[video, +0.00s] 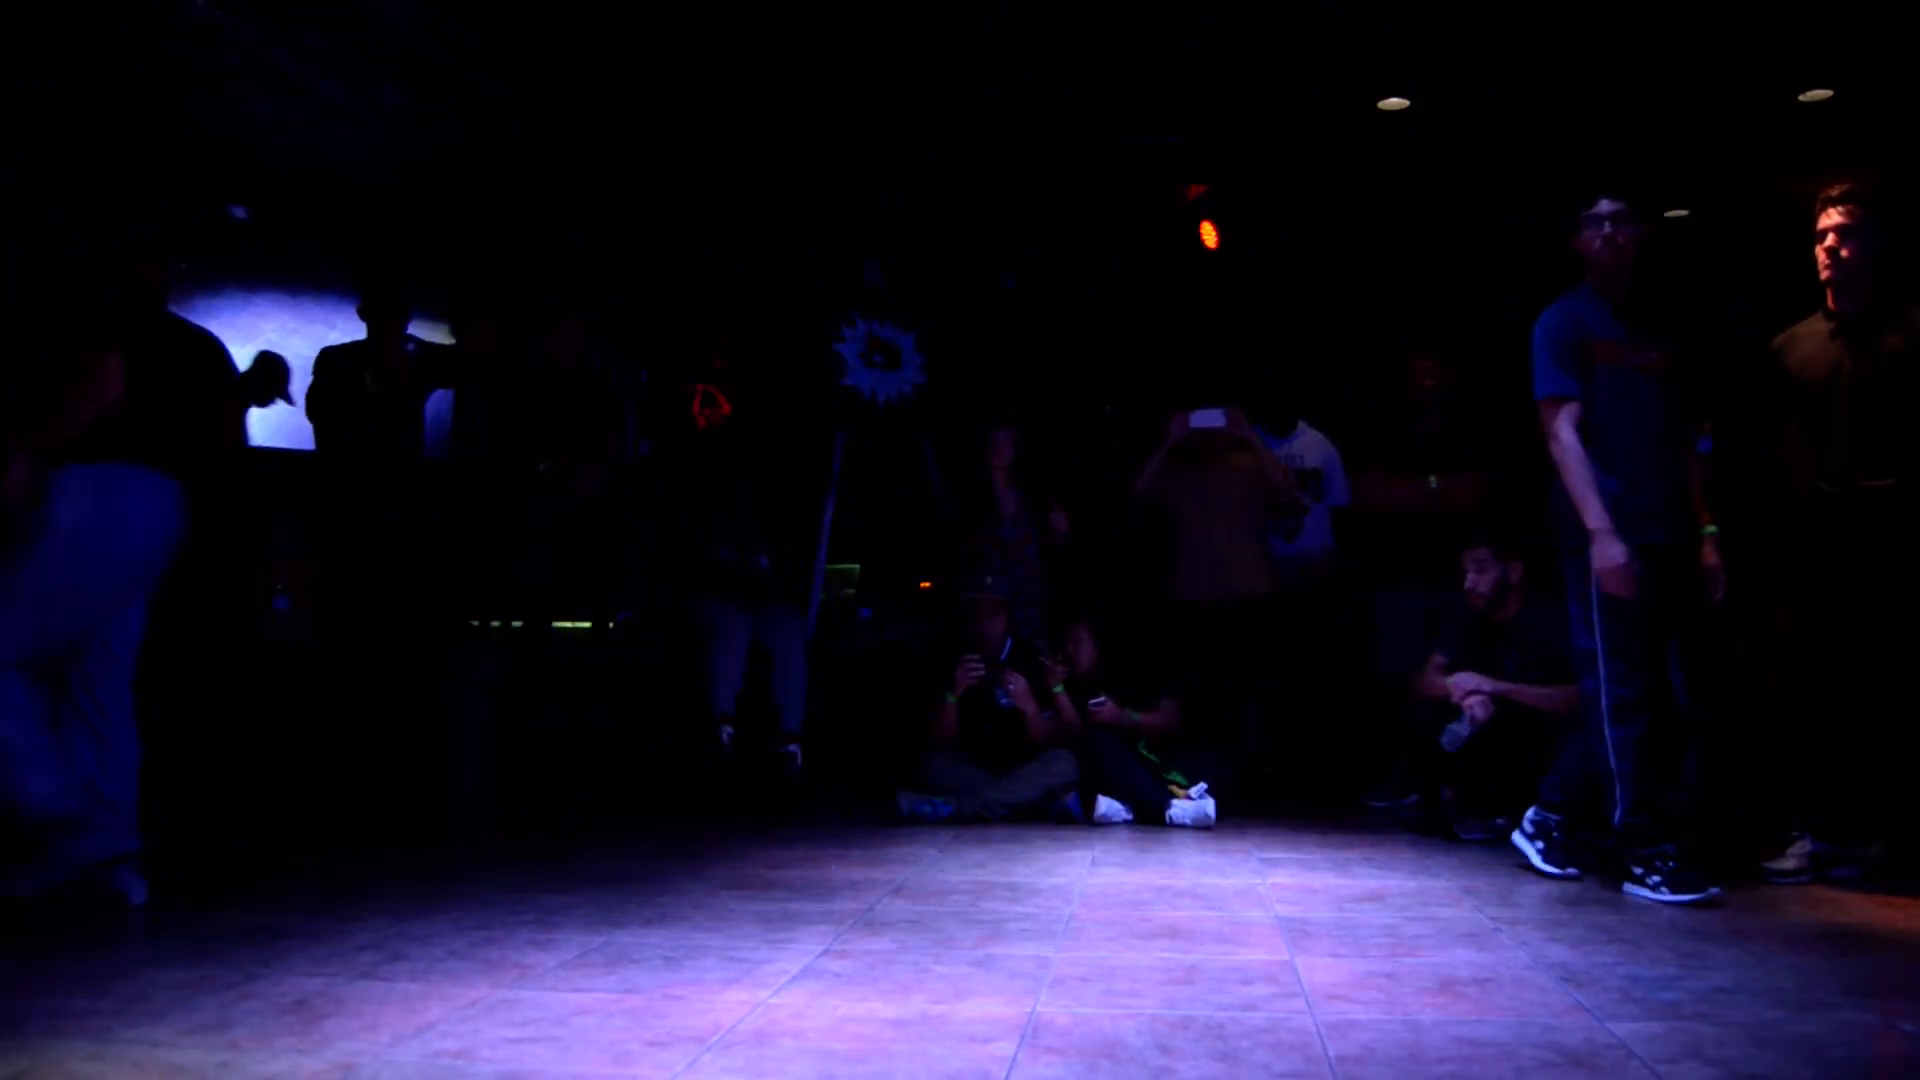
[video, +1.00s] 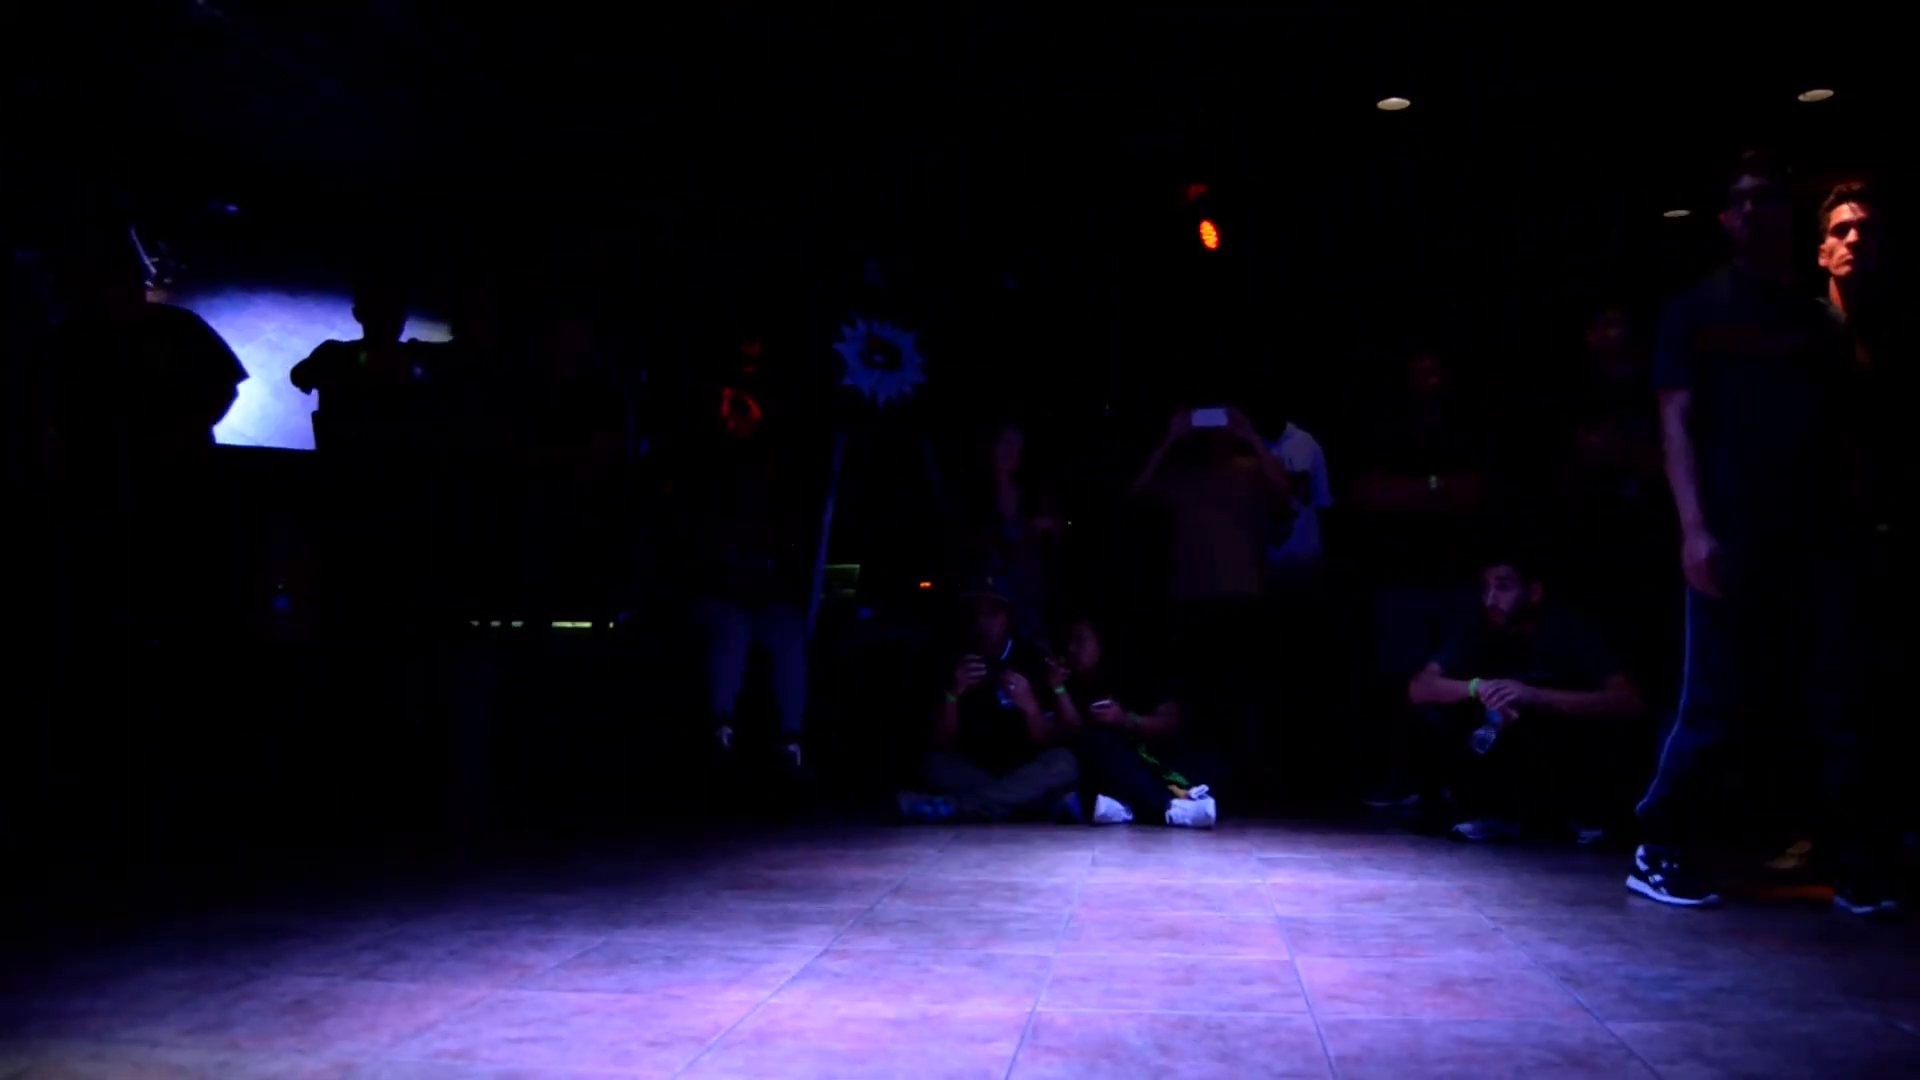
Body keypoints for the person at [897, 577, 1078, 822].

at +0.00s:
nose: (988, 628)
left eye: (995, 619)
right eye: (981, 620)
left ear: (1007, 622)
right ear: (970, 624)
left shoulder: (1026, 660)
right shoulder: (956, 661)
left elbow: (1044, 737)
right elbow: (942, 740)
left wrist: (1026, 702)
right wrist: (954, 693)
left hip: (1020, 755)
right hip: (971, 755)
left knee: (1063, 765)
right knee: (934, 766)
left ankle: (957, 806)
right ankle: (1039, 805)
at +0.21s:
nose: (987, 629)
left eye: (994, 620)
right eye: (980, 621)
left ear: (1006, 622)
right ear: (970, 626)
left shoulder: (1027, 660)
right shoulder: (956, 662)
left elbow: (1045, 737)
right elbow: (942, 741)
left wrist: (1027, 704)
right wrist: (954, 693)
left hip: (1021, 755)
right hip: (971, 756)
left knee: (1063, 764)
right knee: (934, 766)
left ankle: (957, 806)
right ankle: (1039, 804)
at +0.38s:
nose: (987, 629)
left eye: (994, 620)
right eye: (980, 620)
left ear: (1006, 623)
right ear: (970, 625)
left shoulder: (1027, 661)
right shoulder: (955, 662)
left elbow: (1044, 738)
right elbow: (941, 741)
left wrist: (1026, 703)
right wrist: (954, 693)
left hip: (1021, 755)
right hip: (970, 756)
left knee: (1063, 764)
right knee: (934, 766)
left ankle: (957, 806)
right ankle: (1039, 805)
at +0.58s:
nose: (988, 627)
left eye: (995, 618)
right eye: (981, 619)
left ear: (1007, 621)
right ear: (970, 623)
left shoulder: (1028, 660)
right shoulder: (956, 661)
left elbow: (1045, 737)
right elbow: (942, 741)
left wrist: (1026, 702)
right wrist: (954, 693)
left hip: (1021, 755)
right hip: (971, 756)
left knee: (1063, 764)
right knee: (934, 766)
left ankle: (957, 806)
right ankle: (1038, 805)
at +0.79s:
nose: (988, 627)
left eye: (995, 618)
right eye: (981, 619)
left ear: (1007, 621)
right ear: (970, 624)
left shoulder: (1027, 660)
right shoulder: (955, 661)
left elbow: (1045, 737)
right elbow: (942, 741)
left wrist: (1026, 702)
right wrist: (954, 693)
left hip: (1021, 755)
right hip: (971, 755)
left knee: (1063, 764)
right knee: (934, 766)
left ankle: (958, 806)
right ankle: (1038, 805)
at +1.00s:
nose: (987, 624)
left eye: (994, 615)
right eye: (980, 616)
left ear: (1007, 619)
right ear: (970, 621)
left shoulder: (1028, 659)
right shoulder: (956, 660)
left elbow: (1044, 737)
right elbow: (942, 741)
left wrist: (1027, 702)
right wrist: (954, 693)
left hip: (1021, 755)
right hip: (970, 755)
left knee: (1063, 764)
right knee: (934, 766)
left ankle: (958, 806)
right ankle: (1039, 805)